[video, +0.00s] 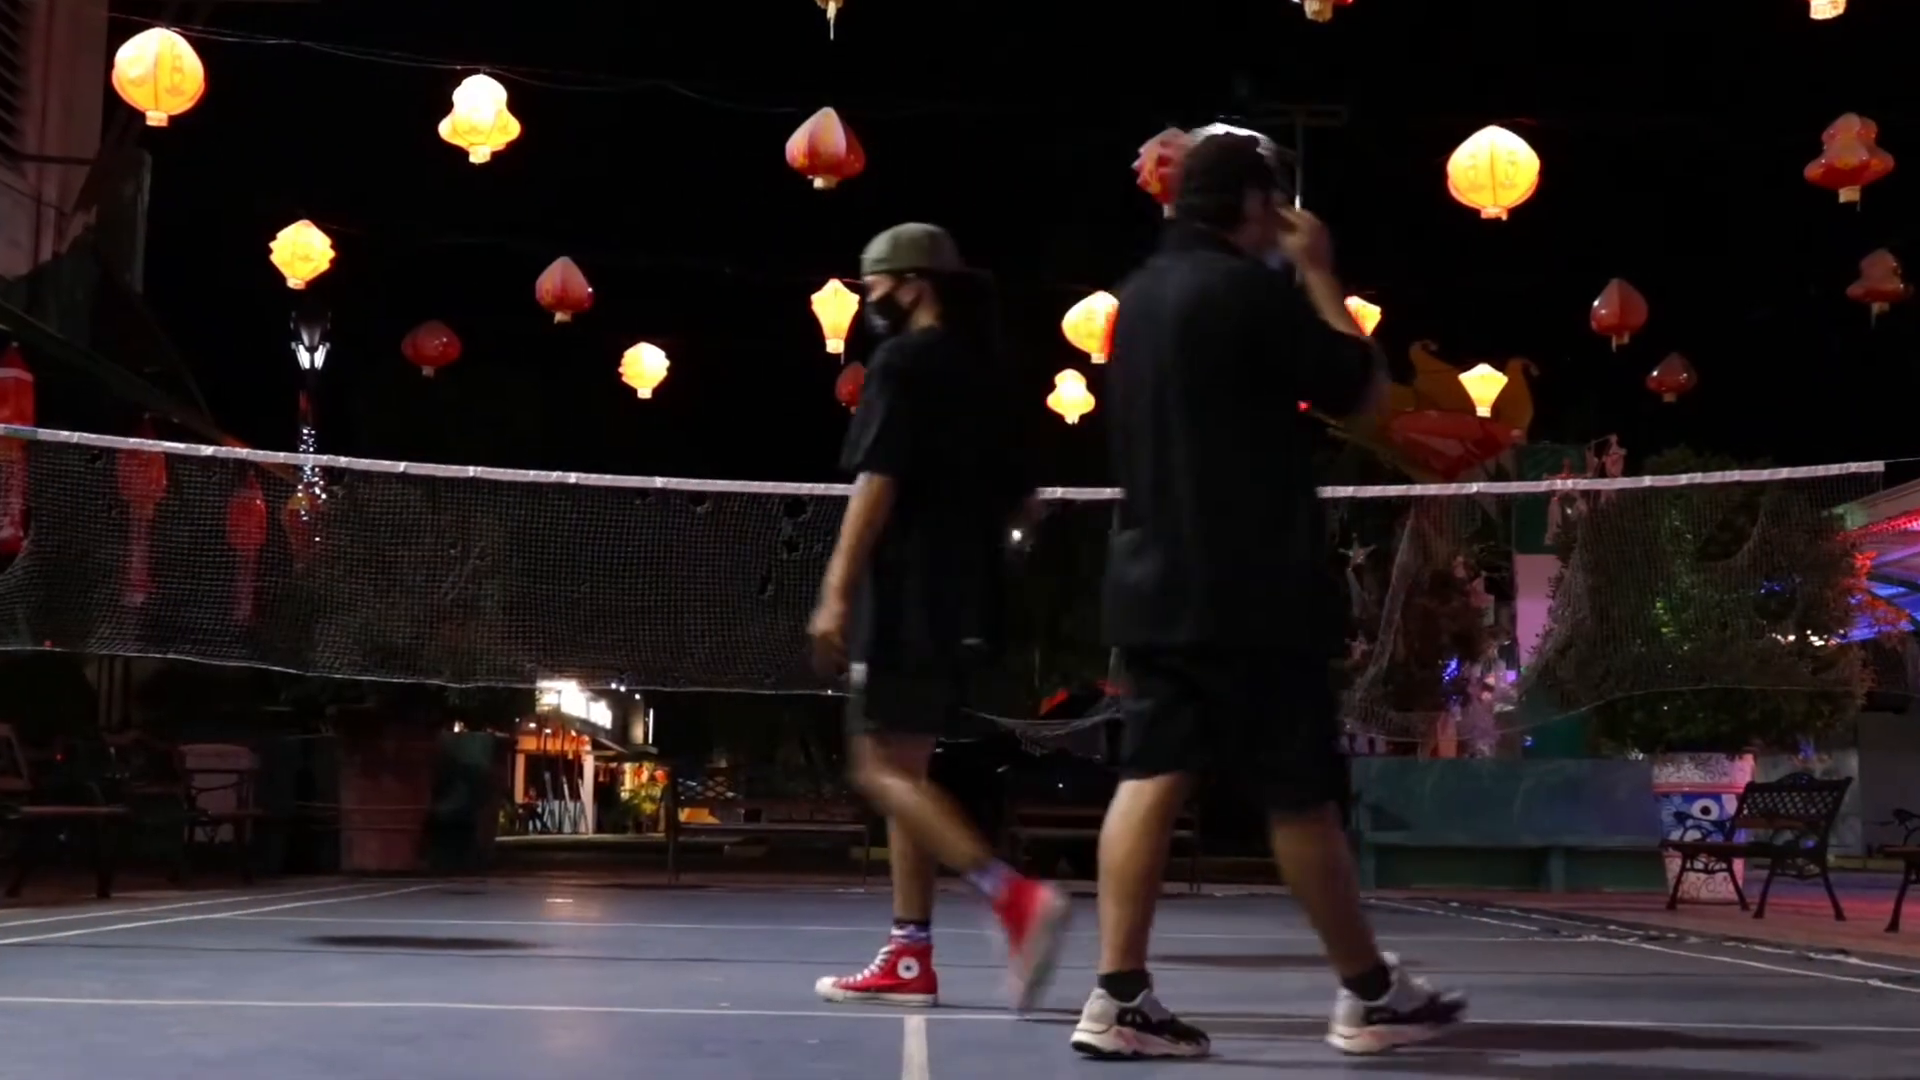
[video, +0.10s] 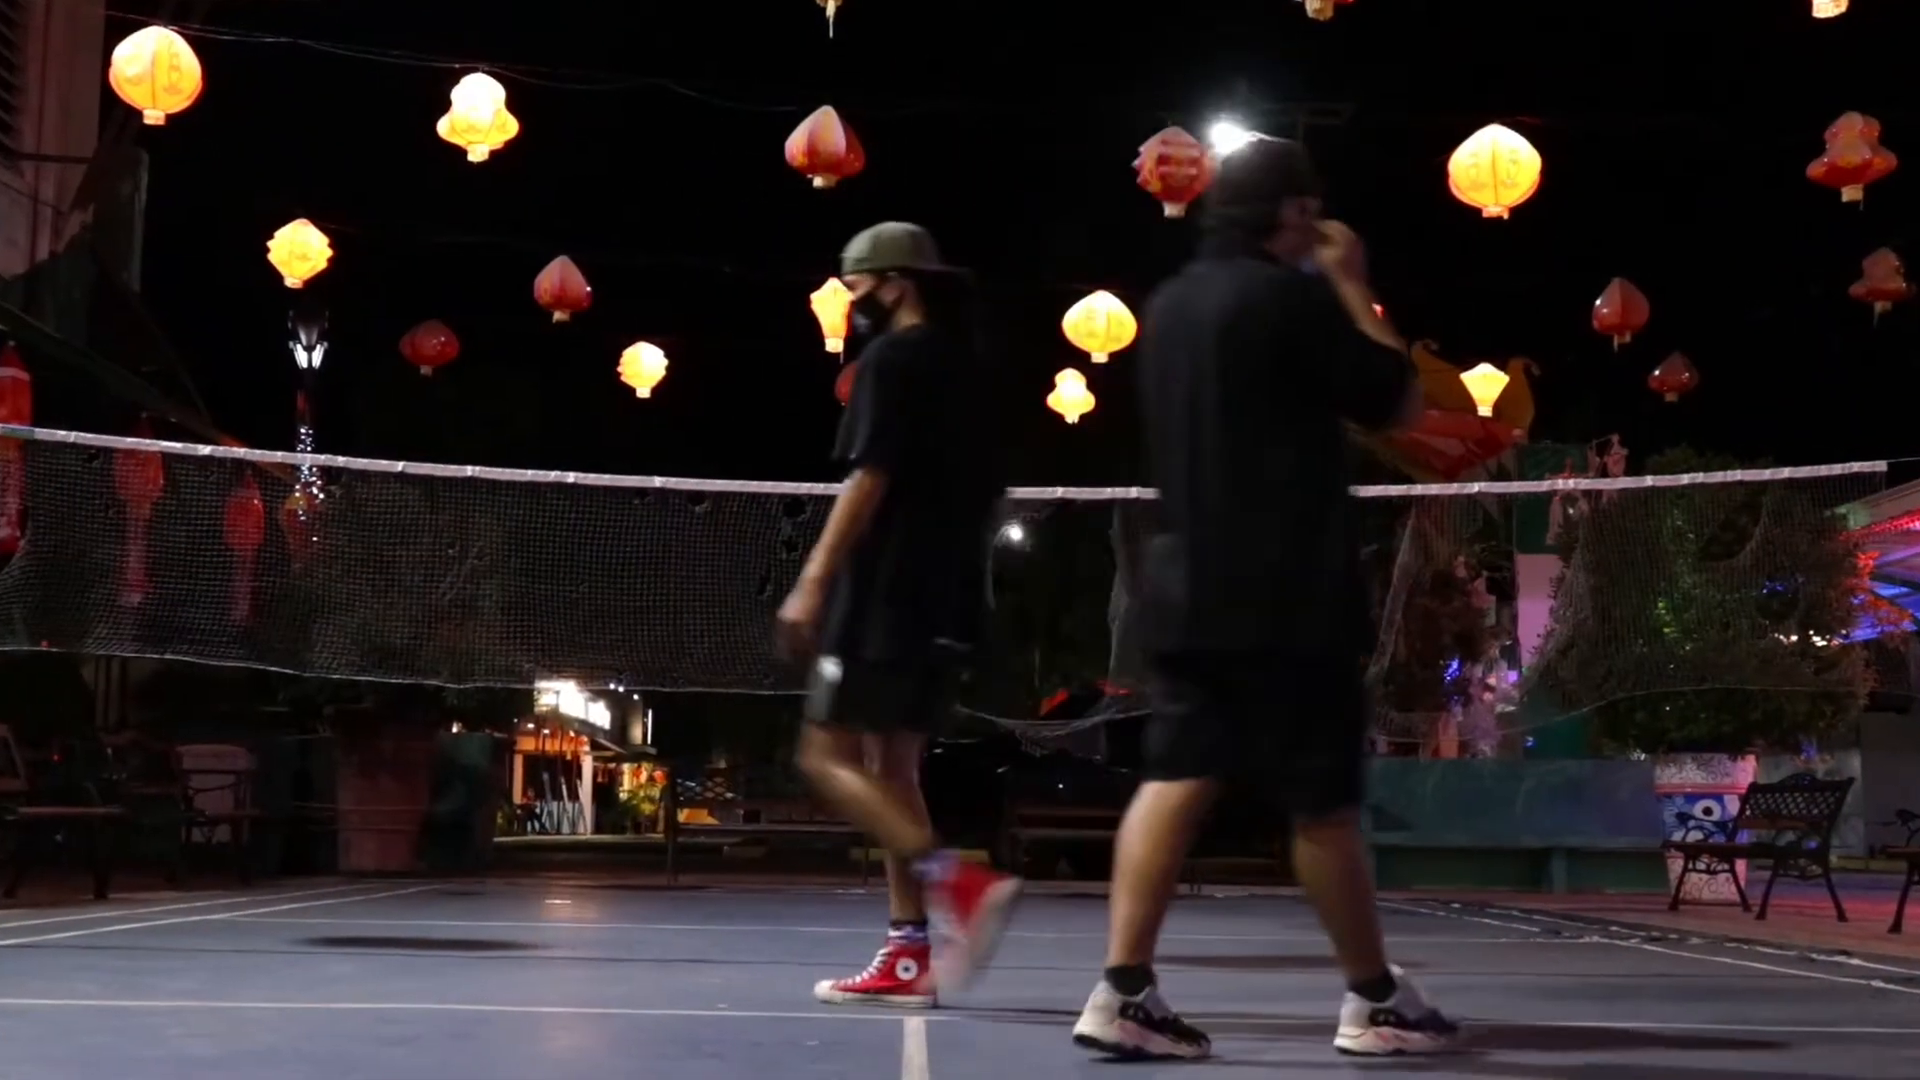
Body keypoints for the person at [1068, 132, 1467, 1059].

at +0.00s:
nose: (1286, 217)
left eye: (1283, 200)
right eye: (1280, 200)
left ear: (1183, 205)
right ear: (1252, 206)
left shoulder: (1141, 296)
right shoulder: (1253, 294)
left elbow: (1136, 433)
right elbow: (1359, 391)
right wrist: (1319, 274)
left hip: (1154, 586)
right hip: (1256, 588)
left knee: (1150, 775)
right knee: (1298, 793)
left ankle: (1117, 994)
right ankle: (1371, 990)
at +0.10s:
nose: (1318, 225)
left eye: (1313, 209)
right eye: (1309, 211)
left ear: (1219, 211)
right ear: (1282, 217)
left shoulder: (1168, 305)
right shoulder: (1290, 300)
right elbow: (1389, 395)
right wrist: (1350, 289)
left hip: (1189, 590)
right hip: (1294, 596)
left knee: (1175, 775)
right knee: (1324, 803)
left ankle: (1121, 992)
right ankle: (1375, 999)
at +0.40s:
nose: (1428, 231)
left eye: (1422, 217)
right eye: (1423, 217)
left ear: (1328, 224)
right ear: (1408, 225)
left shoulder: (1284, 321)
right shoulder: (1431, 306)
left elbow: (1320, 431)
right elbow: (1518, 406)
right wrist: (1473, 305)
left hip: (1324, 582)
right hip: (1427, 581)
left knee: (1357, 772)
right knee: (1403, 789)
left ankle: (1307, 937)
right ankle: (1383, 1004)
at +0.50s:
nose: (1451, 231)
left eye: (1442, 218)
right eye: (1447, 218)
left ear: (1353, 230)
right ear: (1434, 228)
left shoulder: (1309, 329)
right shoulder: (1464, 310)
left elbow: (1292, 458)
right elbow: (1542, 416)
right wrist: (1505, 315)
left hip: (1349, 585)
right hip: (1448, 584)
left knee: (1389, 786)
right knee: (1420, 789)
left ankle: (1400, 988)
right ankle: (1383, 1003)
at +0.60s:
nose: (1481, 252)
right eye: (1476, 240)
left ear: (1384, 250)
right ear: (1467, 247)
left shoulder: (1344, 351)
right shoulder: (1503, 332)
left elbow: (1304, 477)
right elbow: (1597, 438)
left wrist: (1372, 514)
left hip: (1378, 599)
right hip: (1482, 595)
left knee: (1439, 803)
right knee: (1435, 795)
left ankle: (1503, 992)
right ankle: (1387, 1001)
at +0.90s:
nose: (1538, 259)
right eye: (1532, 247)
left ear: (1442, 265)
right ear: (1526, 257)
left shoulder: (1406, 362)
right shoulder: (1573, 347)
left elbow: (1360, 497)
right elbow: (1627, 487)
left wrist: (1402, 593)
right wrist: (1656, 598)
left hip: (1448, 614)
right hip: (1557, 608)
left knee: (1483, 789)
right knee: (1596, 775)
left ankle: (1506, 1009)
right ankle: (1513, 918)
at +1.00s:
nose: (1563, 268)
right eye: (1557, 255)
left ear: (1468, 270)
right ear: (1552, 264)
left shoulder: (1433, 367)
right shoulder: (1592, 353)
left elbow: (1406, 512)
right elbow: (1635, 495)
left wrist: (1434, 601)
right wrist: (1662, 611)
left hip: (1475, 615)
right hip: (1579, 609)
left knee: (1499, 791)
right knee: (1624, 776)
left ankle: (1517, 997)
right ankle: (1594, 947)